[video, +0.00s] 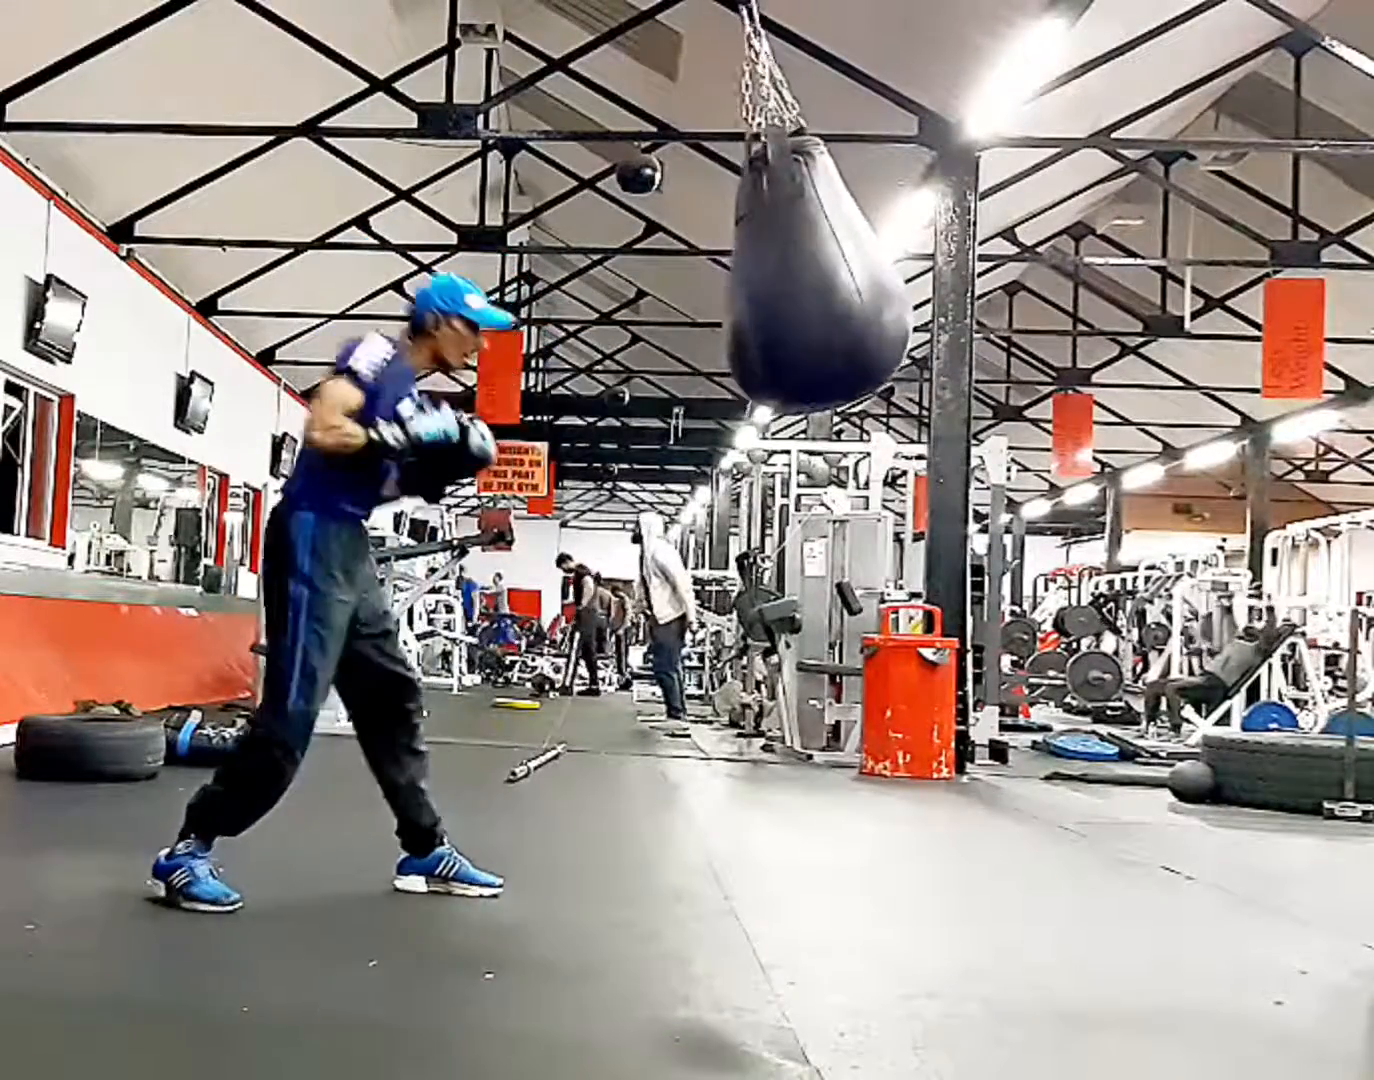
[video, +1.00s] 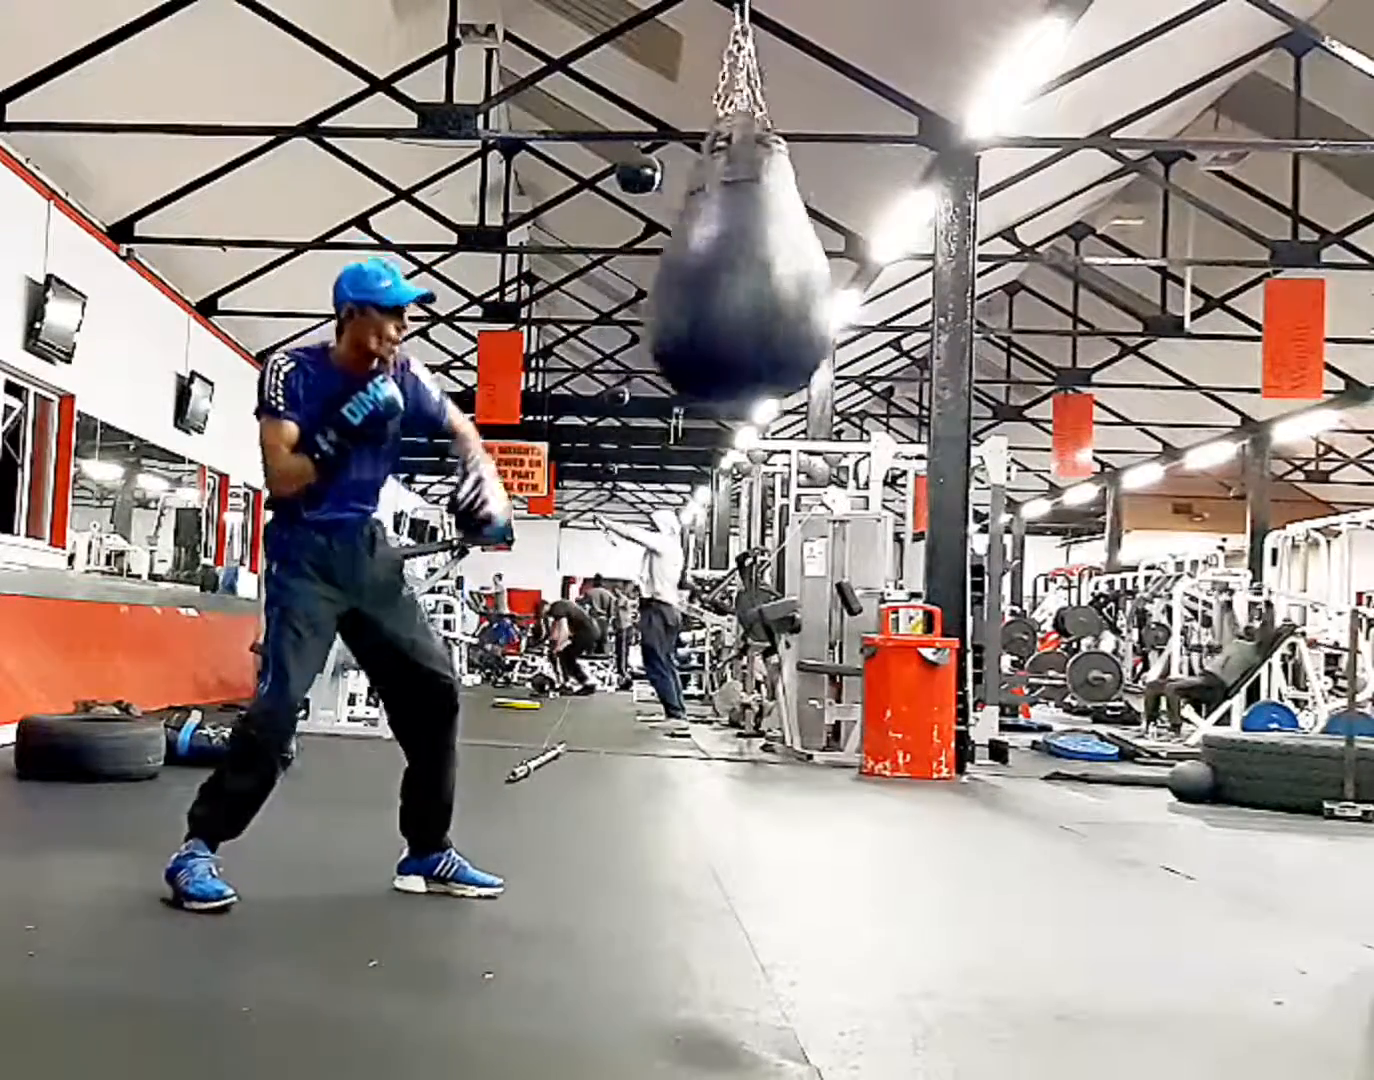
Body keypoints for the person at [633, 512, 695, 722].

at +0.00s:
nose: (633, 530)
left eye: (636, 526)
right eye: (634, 526)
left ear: (646, 529)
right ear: (649, 529)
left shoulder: (660, 551)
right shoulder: (647, 552)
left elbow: (681, 581)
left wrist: (691, 615)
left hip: (669, 616)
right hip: (659, 616)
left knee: (666, 667)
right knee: (668, 666)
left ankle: (676, 712)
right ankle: (676, 710)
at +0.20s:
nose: (628, 533)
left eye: (631, 528)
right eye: (629, 528)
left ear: (641, 531)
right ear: (646, 531)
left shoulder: (656, 552)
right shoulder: (646, 553)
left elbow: (680, 581)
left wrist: (690, 614)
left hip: (669, 618)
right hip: (661, 618)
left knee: (666, 668)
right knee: (671, 667)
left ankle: (676, 712)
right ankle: (677, 710)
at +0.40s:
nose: (628, 533)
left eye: (631, 529)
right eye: (629, 528)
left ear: (641, 531)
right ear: (645, 531)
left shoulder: (655, 554)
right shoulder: (646, 555)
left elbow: (668, 587)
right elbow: (654, 588)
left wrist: (665, 620)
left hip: (672, 616)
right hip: (665, 616)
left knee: (666, 668)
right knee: (673, 668)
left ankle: (676, 713)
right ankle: (678, 710)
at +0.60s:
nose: (642, 528)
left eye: (646, 524)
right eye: (644, 524)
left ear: (653, 526)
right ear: (663, 526)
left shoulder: (656, 548)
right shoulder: (669, 547)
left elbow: (645, 578)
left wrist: (620, 591)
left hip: (659, 612)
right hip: (671, 609)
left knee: (660, 662)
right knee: (670, 662)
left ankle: (675, 711)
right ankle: (679, 707)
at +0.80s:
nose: (652, 528)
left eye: (654, 524)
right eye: (653, 524)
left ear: (662, 525)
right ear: (672, 526)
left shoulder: (662, 544)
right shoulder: (673, 547)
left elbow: (630, 546)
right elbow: (630, 548)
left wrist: (595, 546)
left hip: (655, 608)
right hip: (666, 608)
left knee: (655, 663)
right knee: (667, 661)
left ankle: (675, 712)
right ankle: (677, 709)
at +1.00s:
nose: (653, 528)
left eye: (655, 524)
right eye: (654, 524)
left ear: (663, 525)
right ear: (673, 526)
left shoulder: (665, 543)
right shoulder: (674, 547)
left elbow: (634, 535)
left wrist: (608, 525)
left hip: (657, 606)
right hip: (669, 606)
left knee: (655, 662)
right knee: (665, 660)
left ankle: (674, 713)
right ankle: (677, 709)